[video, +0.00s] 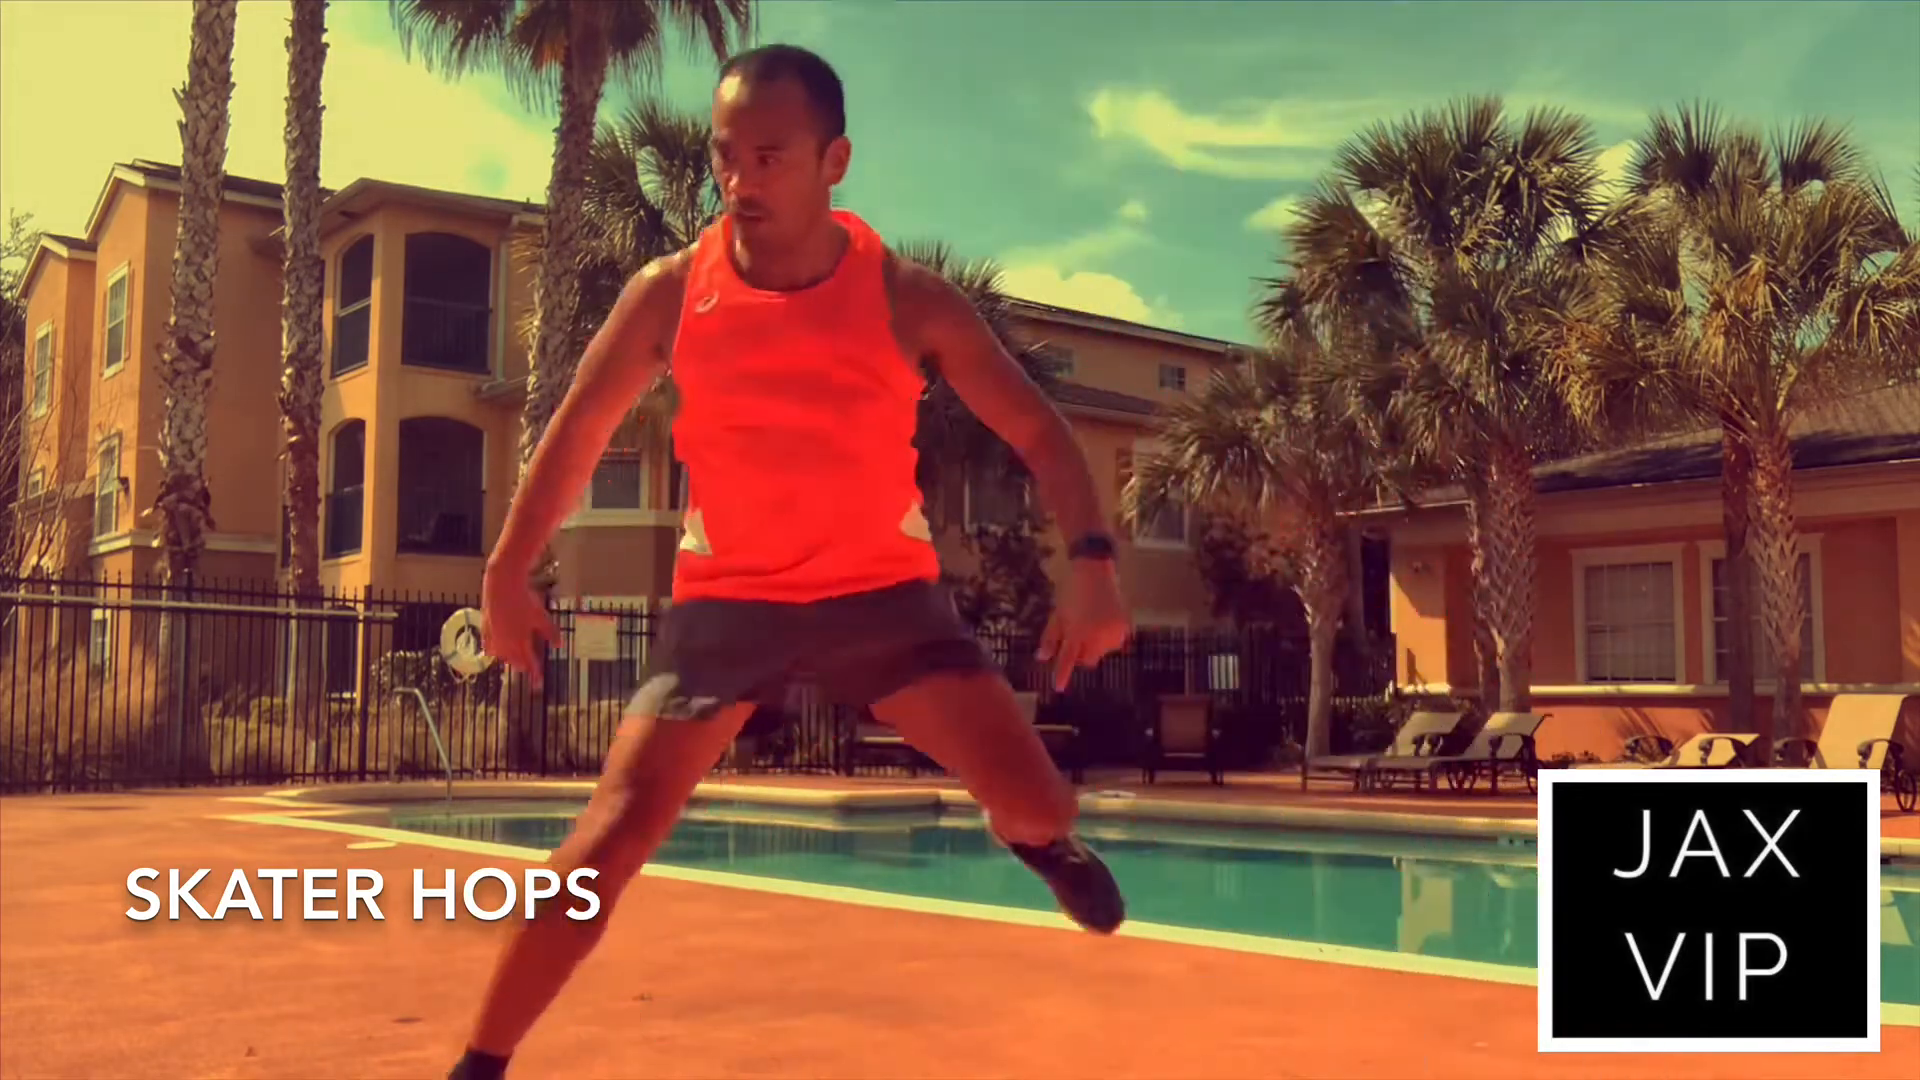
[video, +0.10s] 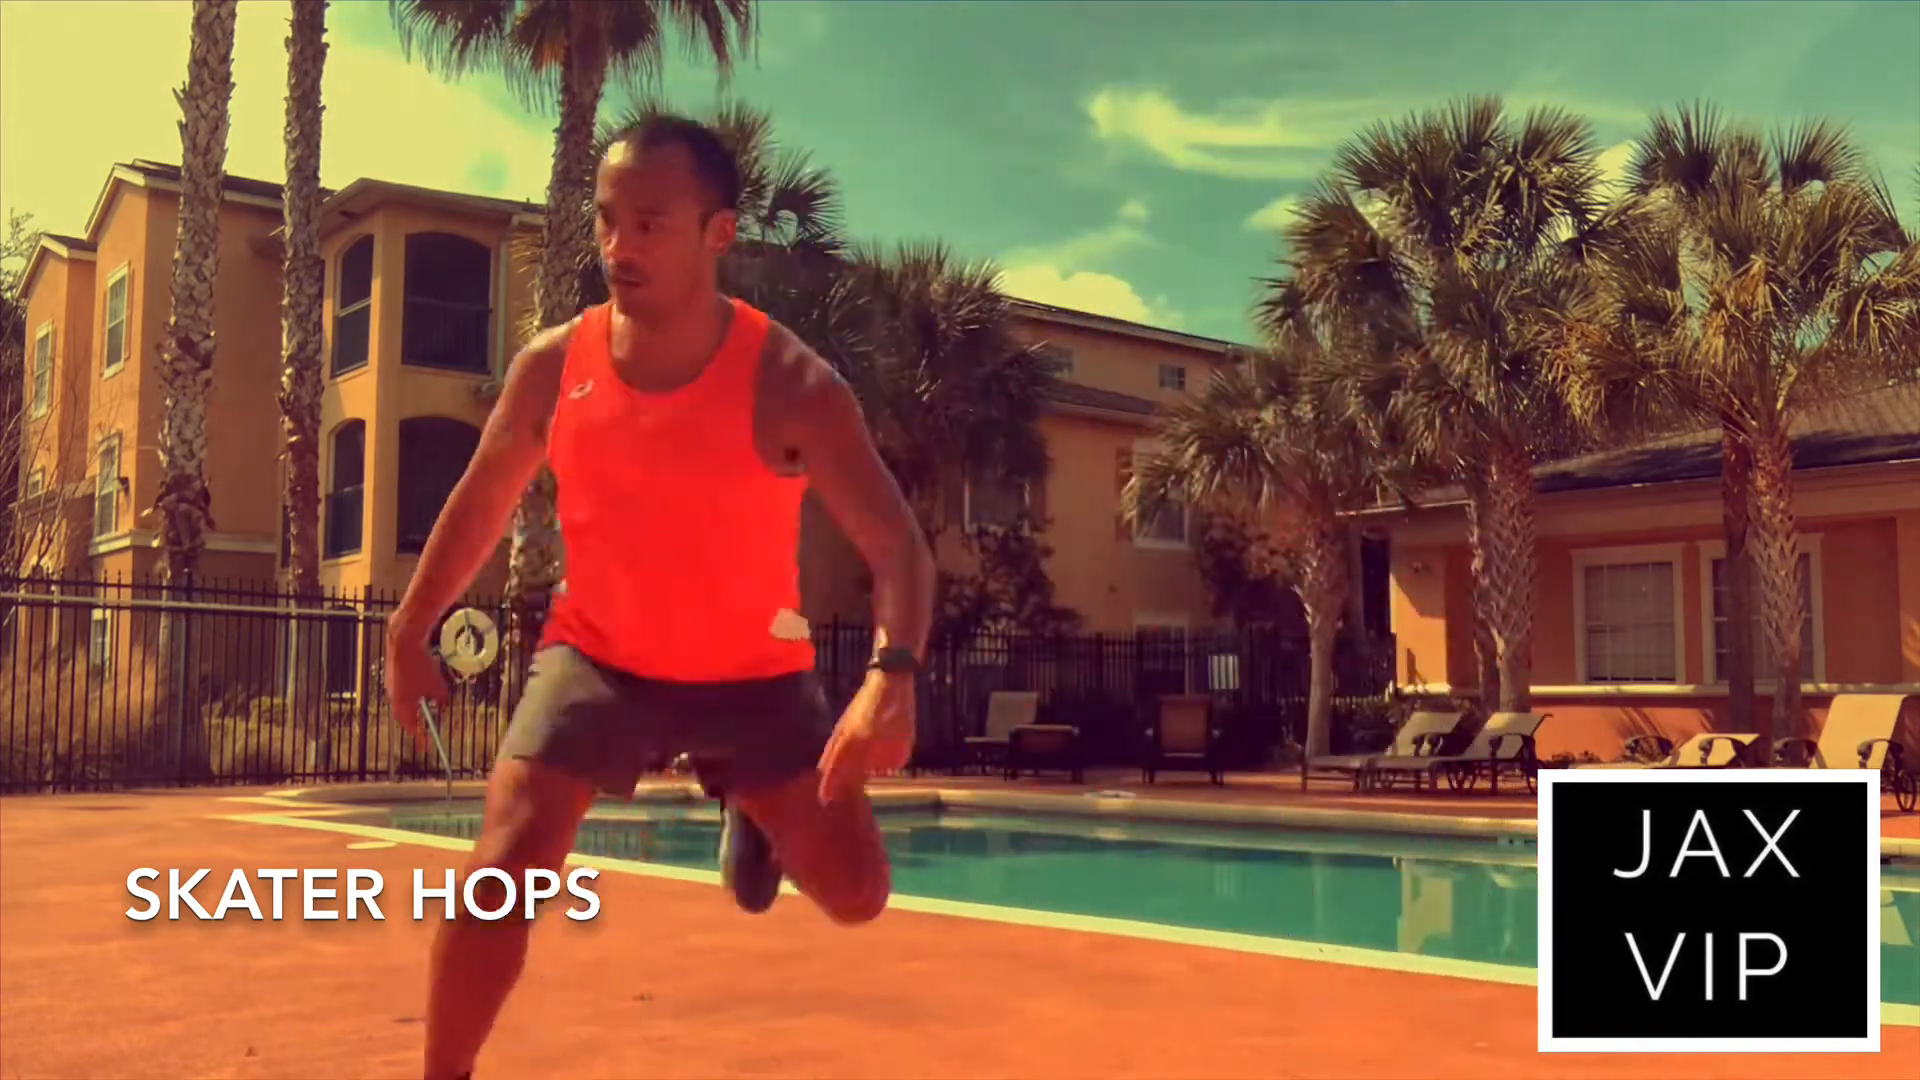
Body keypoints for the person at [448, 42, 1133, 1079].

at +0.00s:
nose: (739, 182)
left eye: (767, 156)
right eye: (726, 156)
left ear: (834, 159)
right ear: (710, 155)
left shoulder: (908, 296)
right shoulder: (669, 294)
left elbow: (1036, 432)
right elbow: (576, 434)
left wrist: (1091, 558)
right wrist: (504, 572)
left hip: (885, 599)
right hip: (726, 606)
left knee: (1042, 808)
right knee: (613, 834)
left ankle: (1040, 844)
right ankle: (480, 1063)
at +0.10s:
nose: (619, 247)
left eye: (650, 223)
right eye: (609, 220)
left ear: (720, 231)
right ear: (595, 224)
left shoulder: (791, 386)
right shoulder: (554, 368)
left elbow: (896, 548)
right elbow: (483, 498)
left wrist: (894, 677)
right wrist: (409, 626)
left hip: (758, 676)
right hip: (595, 664)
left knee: (858, 898)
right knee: (501, 873)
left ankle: (764, 809)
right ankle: (444, 1073)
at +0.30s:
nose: (468, 348)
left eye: (500, 326)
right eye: (460, 322)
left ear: (577, 342)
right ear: (450, 325)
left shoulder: (631, 480)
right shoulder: (434, 447)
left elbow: (614, 683)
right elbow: (398, 542)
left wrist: (481, 803)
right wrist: (293, 635)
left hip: (590, 745)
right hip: (461, 693)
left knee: (481, 981)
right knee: (437, 875)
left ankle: (352, 935)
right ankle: (433, 1075)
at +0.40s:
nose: (429, 411)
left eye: (461, 388)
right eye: (422, 385)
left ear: (537, 405)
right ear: (408, 387)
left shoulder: (593, 552)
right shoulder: (397, 496)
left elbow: (515, 739)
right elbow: (365, 562)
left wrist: (336, 839)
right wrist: (259, 638)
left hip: (529, 792)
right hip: (412, 714)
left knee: (359, 984)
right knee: (412, 862)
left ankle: (235, 1012)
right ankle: (429, 1077)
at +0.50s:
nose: (411, 465)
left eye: (446, 444)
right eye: (403, 437)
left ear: (516, 463)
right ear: (390, 438)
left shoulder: (568, 607)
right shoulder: (368, 537)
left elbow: (473, 790)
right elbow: (335, 590)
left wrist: (265, 866)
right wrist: (225, 666)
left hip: (483, 828)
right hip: (373, 749)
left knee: (307, 1023)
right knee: (379, 861)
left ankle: (200, 1019)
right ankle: (423, 1074)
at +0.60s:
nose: (418, 466)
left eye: (452, 444)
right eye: (407, 438)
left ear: (518, 459)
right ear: (393, 438)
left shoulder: (572, 599)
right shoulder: (358, 541)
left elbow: (491, 787)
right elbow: (318, 606)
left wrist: (285, 865)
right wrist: (219, 698)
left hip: (481, 815)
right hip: (362, 753)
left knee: (309, 1030)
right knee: (383, 862)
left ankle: (198, 1020)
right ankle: (423, 1075)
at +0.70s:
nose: (448, 392)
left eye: (481, 368)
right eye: (435, 364)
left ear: (544, 381)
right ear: (418, 367)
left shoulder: (604, 518)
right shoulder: (393, 484)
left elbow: (577, 728)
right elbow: (352, 593)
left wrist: (419, 816)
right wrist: (269, 704)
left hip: (517, 766)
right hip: (396, 711)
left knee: (354, 974)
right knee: (409, 859)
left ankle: (196, 1018)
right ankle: (424, 1076)